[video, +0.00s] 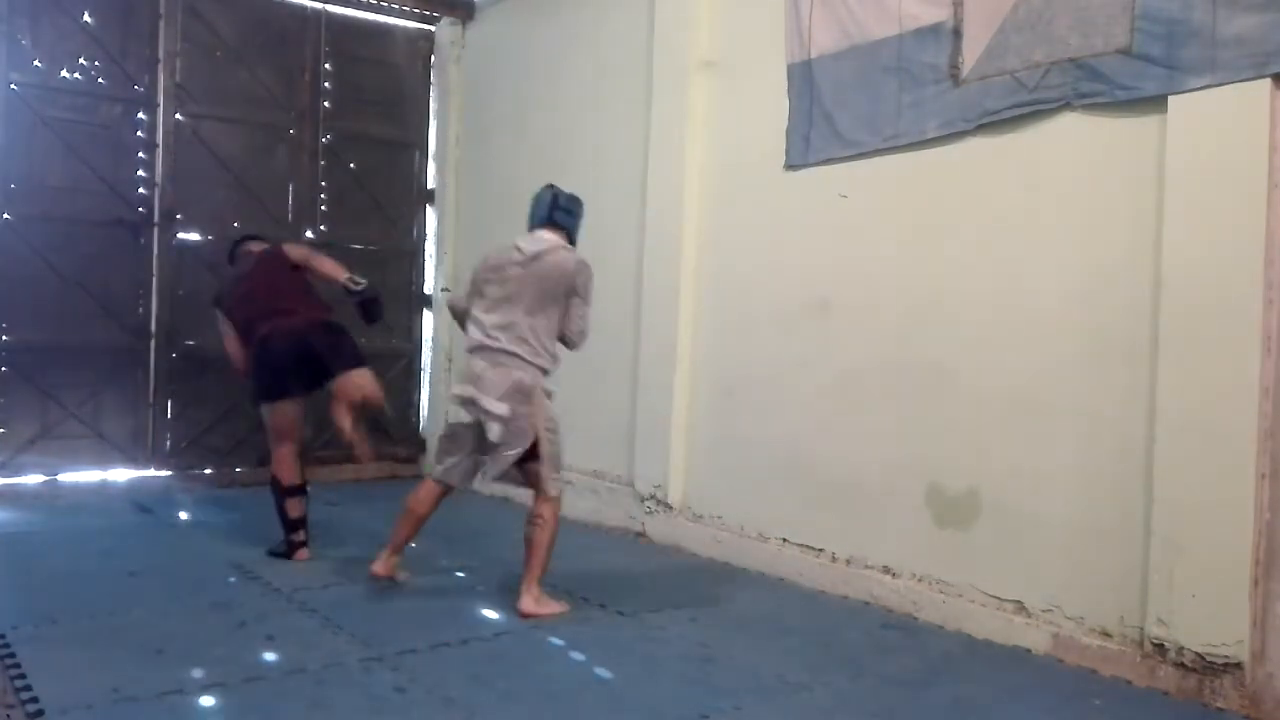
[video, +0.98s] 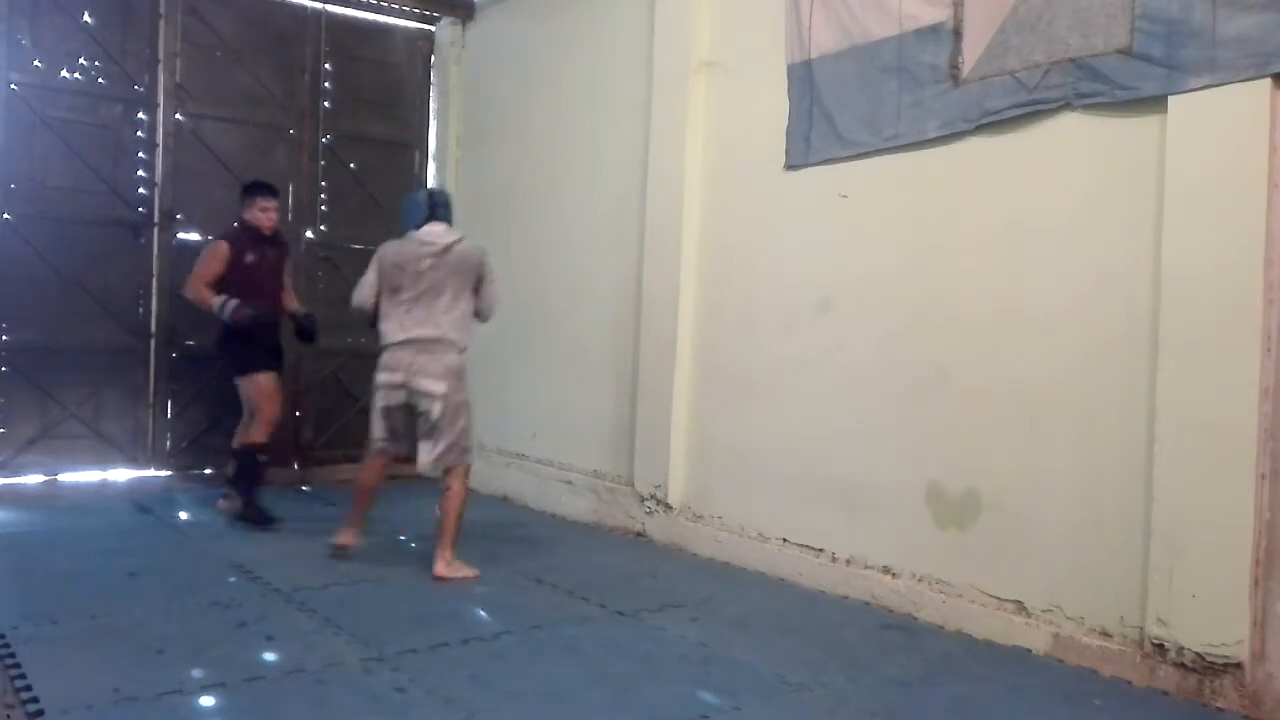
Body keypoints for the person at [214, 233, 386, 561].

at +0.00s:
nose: (268, 249)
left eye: (263, 247)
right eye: (265, 246)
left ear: (233, 262)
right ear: (263, 248)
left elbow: (238, 356)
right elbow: (316, 260)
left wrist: (255, 380)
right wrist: (357, 285)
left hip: (272, 353)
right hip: (320, 334)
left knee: (284, 445)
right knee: (369, 393)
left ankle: (297, 542)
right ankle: (346, 407)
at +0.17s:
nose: (291, 232)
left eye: (289, 228)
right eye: (288, 228)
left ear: (254, 238)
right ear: (282, 230)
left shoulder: (239, 278)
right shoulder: (293, 240)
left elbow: (238, 336)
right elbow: (323, 261)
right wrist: (362, 291)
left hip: (270, 348)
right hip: (319, 337)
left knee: (284, 439)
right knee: (346, 418)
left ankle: (294, 538)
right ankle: (351, 509)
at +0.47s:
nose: (329, 232)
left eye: (329, 225)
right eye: (325, 225)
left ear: (294, 223)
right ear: (308, 223)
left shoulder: (267, 254)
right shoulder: (315, 256)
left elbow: (245, 310)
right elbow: (312, 308)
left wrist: (273, 332)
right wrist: (341, 329)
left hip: (268, 361)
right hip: (310, 362)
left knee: (275, 431)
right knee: (316, 436)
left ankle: (267, 493)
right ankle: (311, 522)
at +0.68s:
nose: (310, 221)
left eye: (312, 214)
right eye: (304, 214)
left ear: (284, 218)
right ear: (283, 216)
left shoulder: (272, 247)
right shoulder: (287, 248)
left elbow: (270, 299)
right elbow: (272, 295)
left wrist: (307, 320)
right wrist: (307, 316)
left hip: (262, 348)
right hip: (288, 350)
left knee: (272, 422)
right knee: (307, 427)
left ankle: (241, 495)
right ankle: (304, 515)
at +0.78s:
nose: (298, 233)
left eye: (299, 226)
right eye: (290, 227)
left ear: (295, 229)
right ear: (270, 229)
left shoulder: (282, 267)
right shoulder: (262, 265)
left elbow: (280, 318)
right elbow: (243, 310)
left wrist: (312, 340)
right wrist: (289, 330)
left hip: (262, 361)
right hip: (273, 363)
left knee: (267, 430)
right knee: (302, 431)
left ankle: (232, 500)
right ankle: (303, 518)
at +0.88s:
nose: (284, 230)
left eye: (287, 223)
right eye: (277, 223)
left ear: (289, 226)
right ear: (258, 224)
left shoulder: (279, 260)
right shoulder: (241, 261)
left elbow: (286, 306)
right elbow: (216, 303)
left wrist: (312, 329)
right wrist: (252, 320)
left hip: (270, 349)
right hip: (251, 351)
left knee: (258, 428)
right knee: (282, 421)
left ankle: (233, 497)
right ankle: (289, 507)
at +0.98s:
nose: (269, 216)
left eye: (274, 210)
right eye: (262, 210)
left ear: (279, 213)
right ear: (245, 211)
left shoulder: (278, 245)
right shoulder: (228, 244)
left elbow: (283, 288)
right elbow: (194, 287)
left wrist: (299, 312)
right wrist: (226, 306)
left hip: (268, 332)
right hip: (239, 332)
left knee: (254, 414)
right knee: (267, 405)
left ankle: (235, 488)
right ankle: (246, 493)